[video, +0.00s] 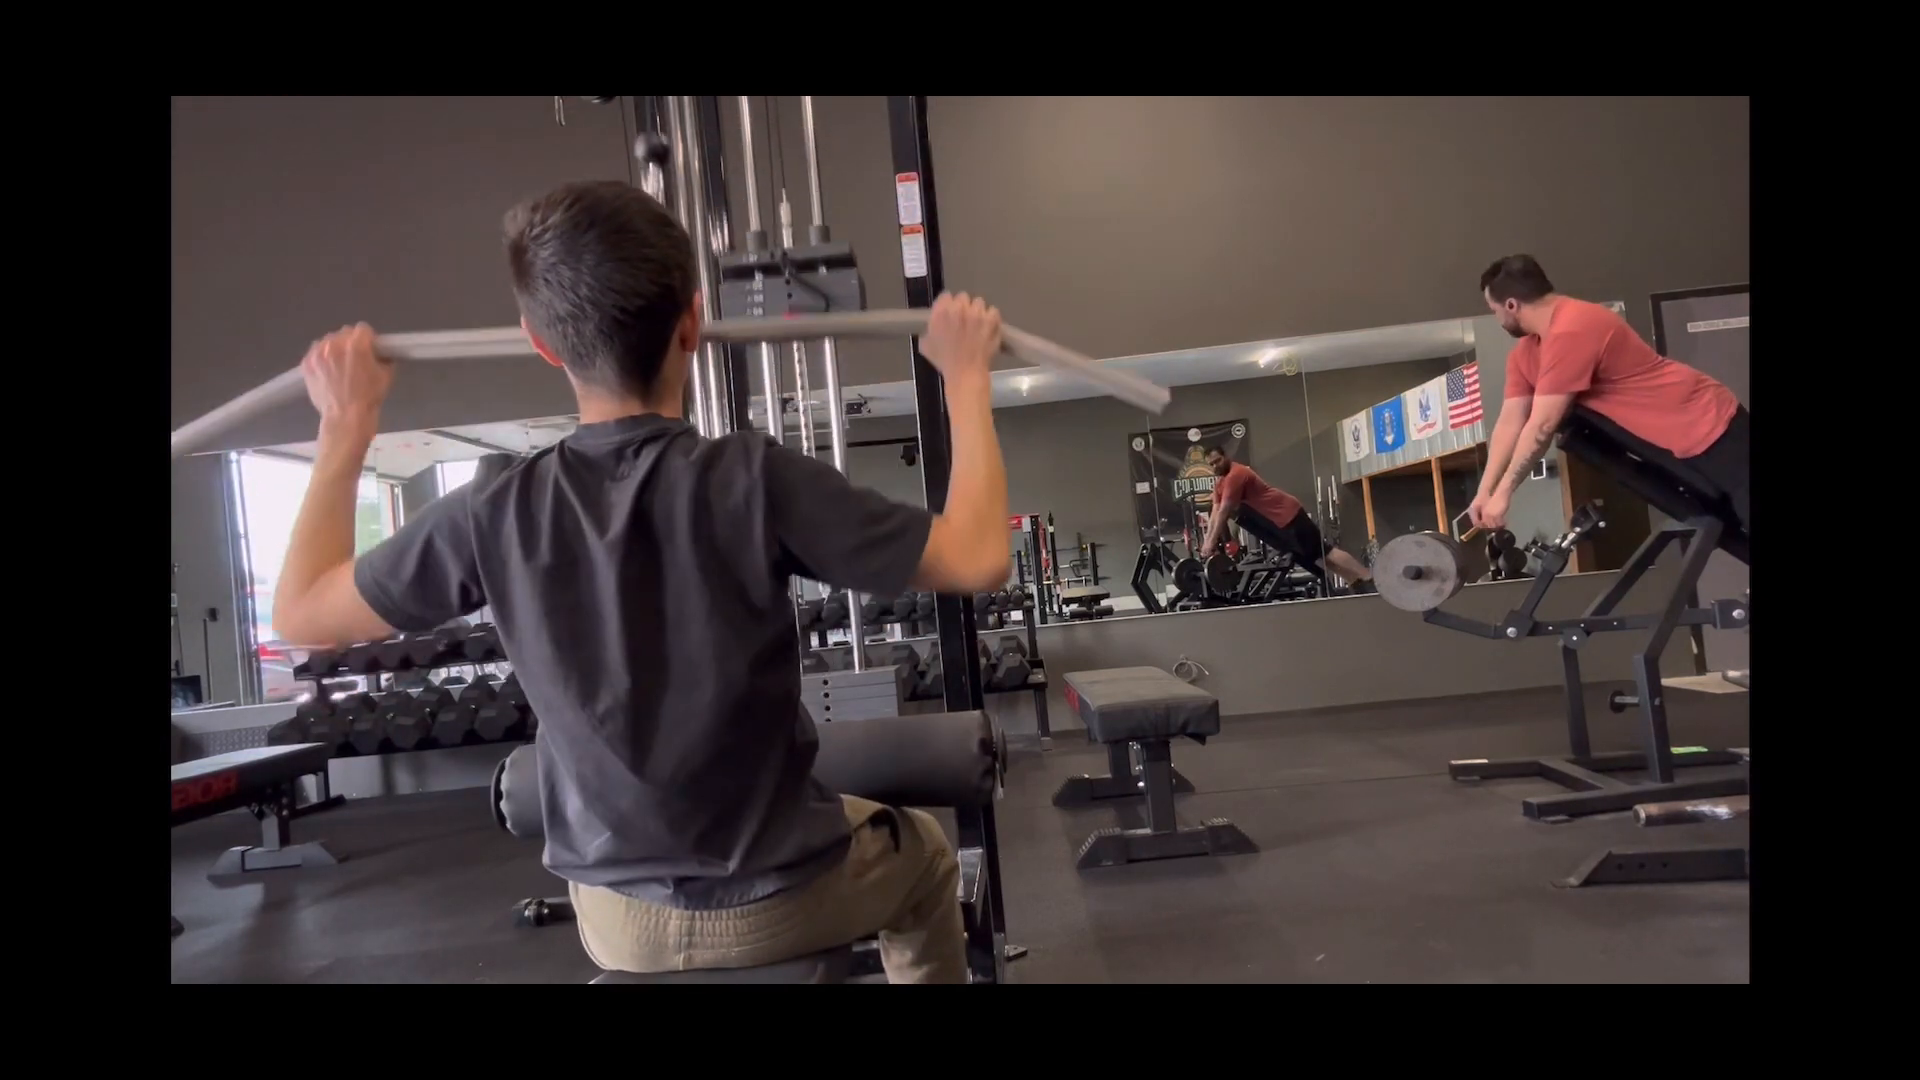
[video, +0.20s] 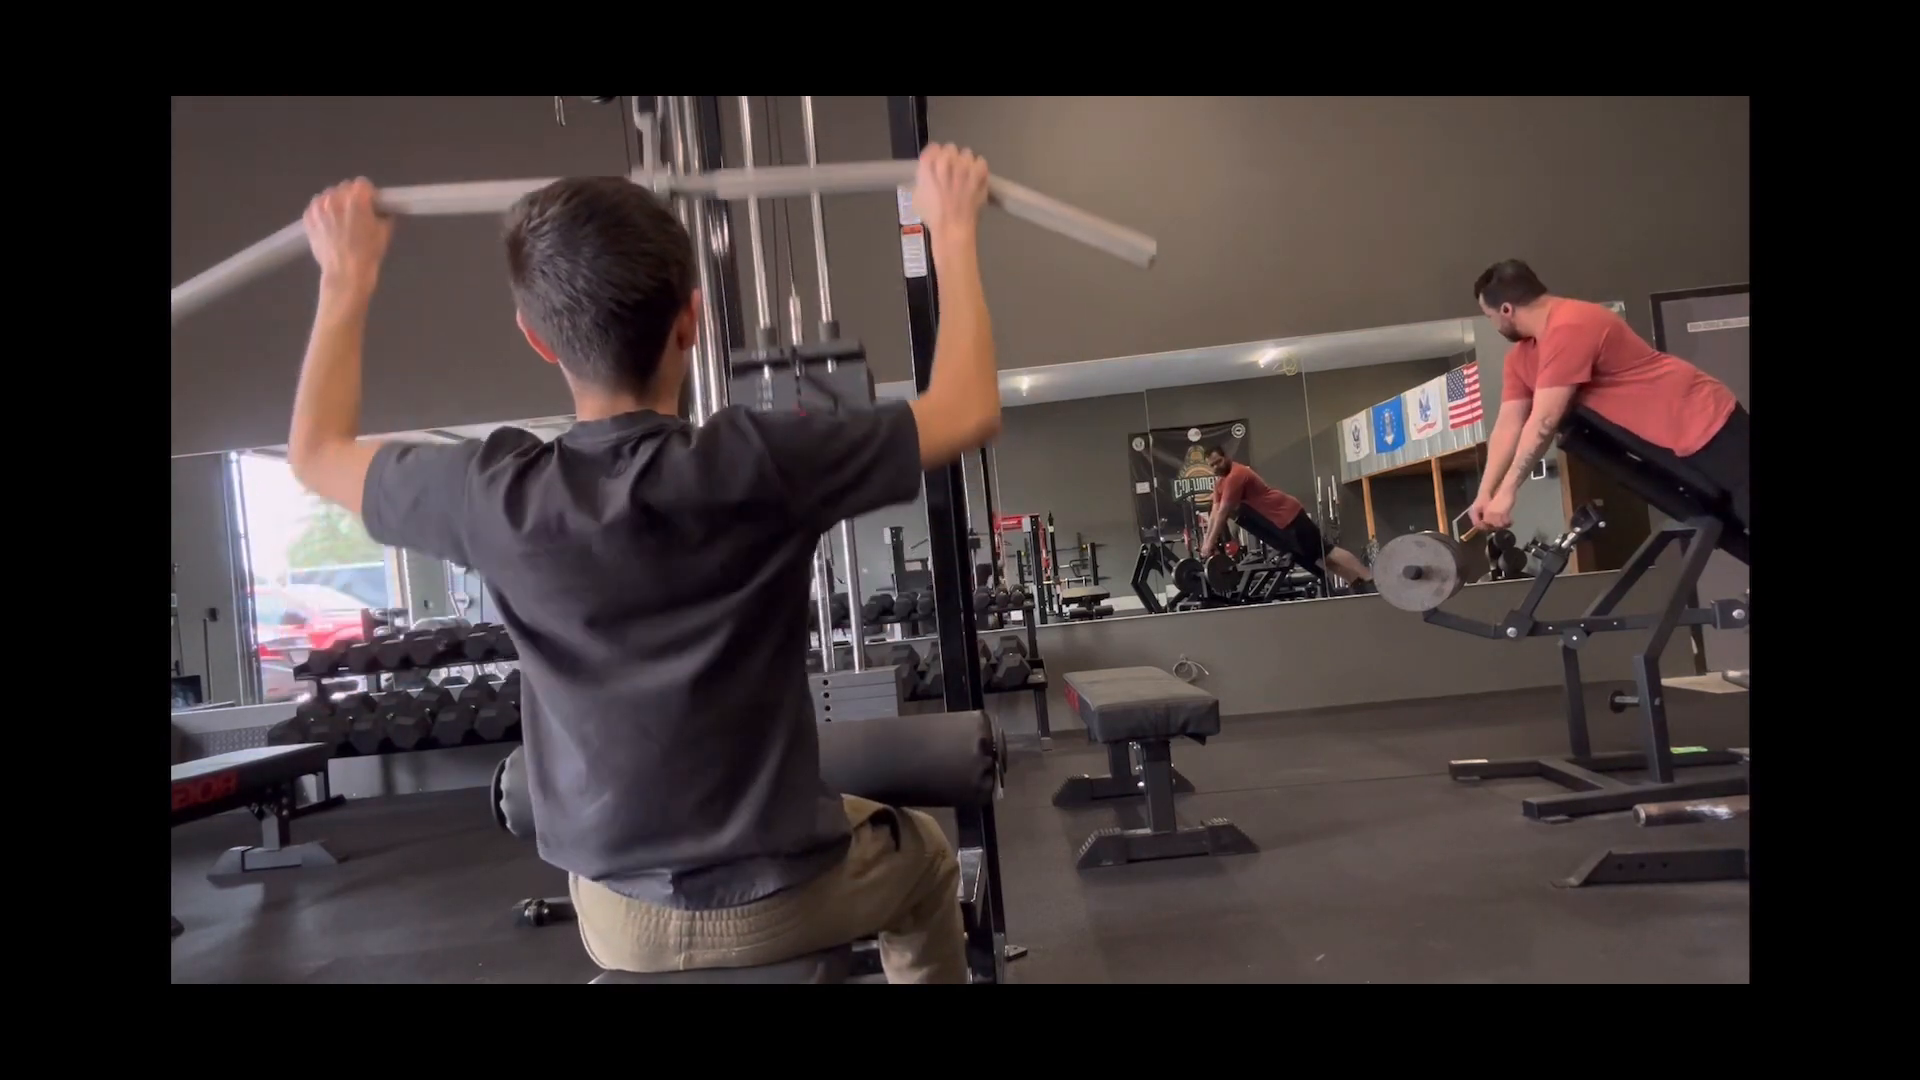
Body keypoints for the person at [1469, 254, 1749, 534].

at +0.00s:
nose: (1495, 318)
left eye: (1492, 309)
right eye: (1491, 310)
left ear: (1512, 304)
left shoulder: (1572, 325)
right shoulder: (1524, 352)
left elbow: (1542, 427)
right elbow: (1509, 421)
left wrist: (1504, 490)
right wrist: (1484, 490)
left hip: (1711, 423)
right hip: (1672, 446)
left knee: (1746, 523)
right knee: (1730, 532)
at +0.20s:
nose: (1492, 323)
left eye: (1489, 315)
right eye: (1488, 316)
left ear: (1505, 310)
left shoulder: (1570, 324)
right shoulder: (1520, 356)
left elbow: (1544, 422)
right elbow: (1507, 423)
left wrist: (1506, 491)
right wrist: (1485, 492)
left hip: (1706, 419)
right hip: (1666, 444)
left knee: (1745, 517)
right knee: (1727, 531)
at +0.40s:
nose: (1495, 325)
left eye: (1492, 317)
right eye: (1490, 319)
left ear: (1509, 310)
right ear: (1514, 308)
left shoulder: (1572, 322)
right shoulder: (1523, 355)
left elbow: (1545, 419)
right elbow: (1512, 420)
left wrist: (1506, 486)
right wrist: (1492, 488)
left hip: (1712, 424)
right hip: (1674, 449)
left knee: (1746, 524)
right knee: (1733, 535)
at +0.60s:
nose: (1496, 320)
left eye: (1494, 312)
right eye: (1493, 313)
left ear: (1510, 306)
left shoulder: (1572, 323)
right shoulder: (1526, 351)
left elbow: (1541, 423)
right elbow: (1513, 418)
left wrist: (1502, 491)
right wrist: (1490, 489)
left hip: (1715, 426)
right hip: (1678, 450)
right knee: (1733, 535)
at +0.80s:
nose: (1493, 321)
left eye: (1490, 313)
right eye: (1489, 313)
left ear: (1507, 309)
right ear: (1530, 292)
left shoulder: (1570, 327)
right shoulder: (1524, 352)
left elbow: (1539, 427)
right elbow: (1510, 421)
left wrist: (1498, 490)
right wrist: (1487, 491)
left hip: (1711, 424)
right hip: (1673, 445)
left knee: (1746, 523)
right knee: (1732, 532)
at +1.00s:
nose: (1489, 325)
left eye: (1486, 317)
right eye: (1485, 318)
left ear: (1504, 311)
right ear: (1512, 308)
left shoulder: (1569, 324)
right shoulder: (1520, 358)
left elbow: (1543, 422)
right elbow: (1509, 424)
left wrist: (1503, 486)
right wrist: (1493, 491)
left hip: (1705, 420)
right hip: (1665, 446)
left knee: (1745, 518)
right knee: (1729, 531)